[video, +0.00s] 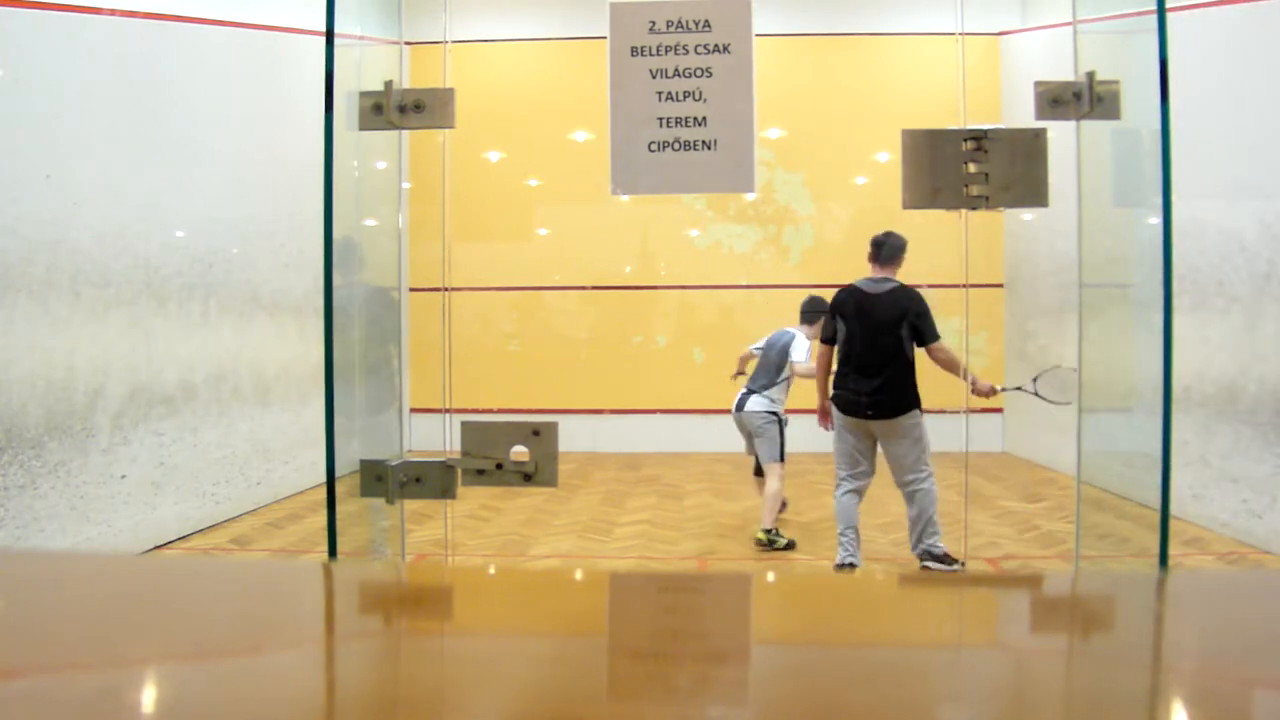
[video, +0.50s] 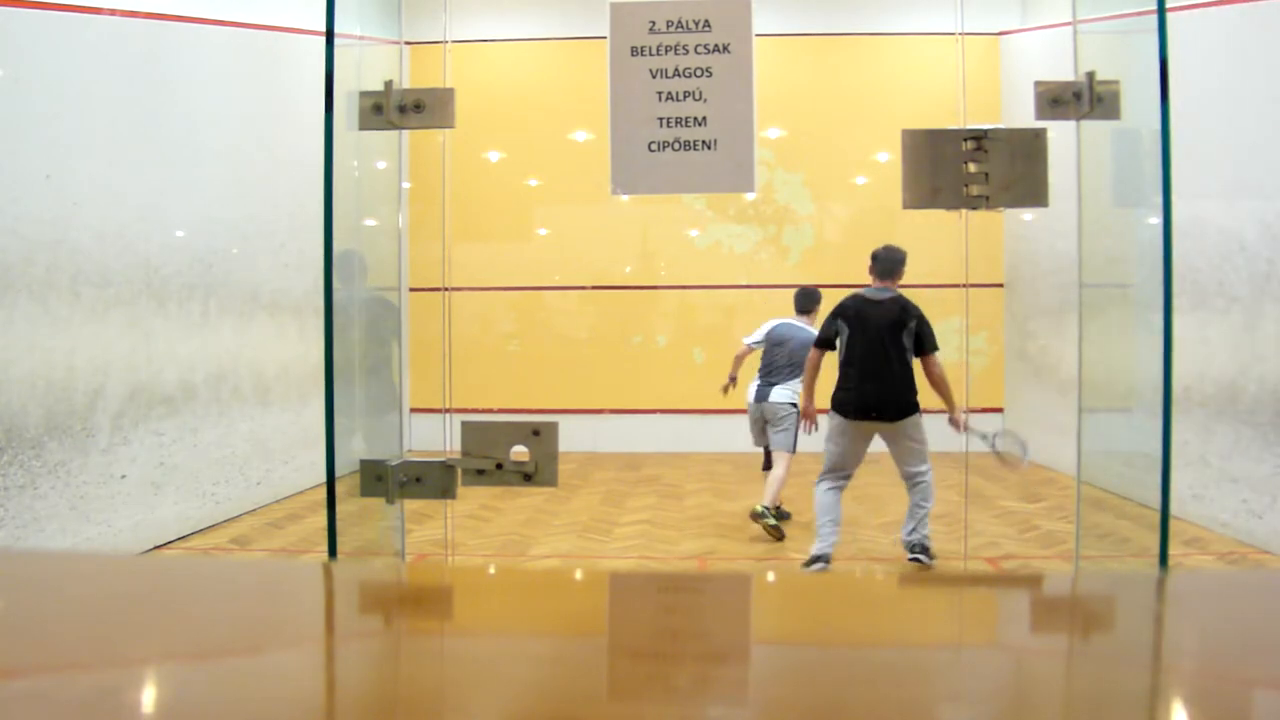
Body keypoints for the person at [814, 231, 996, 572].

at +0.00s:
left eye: (870, 257)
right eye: (900, 260)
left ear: (869, 258)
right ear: (900, 261)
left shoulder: (844, 298)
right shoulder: (909, 299)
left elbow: (824, 354)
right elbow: (937, 351)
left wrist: (822, 399)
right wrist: (973, 381)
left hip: (849, 405)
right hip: (896, 406)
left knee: (849, 481)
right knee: (916, 479)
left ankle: (846, 555)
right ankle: (930, 549)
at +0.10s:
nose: (899, 264)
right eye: (900, 260)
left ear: (868, 257)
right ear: (898, 261)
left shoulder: (842, 298)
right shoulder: (906, 299)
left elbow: (821, 350)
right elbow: (934, 351)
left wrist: (817, 396)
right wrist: (970, 379)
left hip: (849, 405)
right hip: (895, 407)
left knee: (847, 482)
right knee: (916, 476)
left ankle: (846, 553)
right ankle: (920, 546)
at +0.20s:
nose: (901, 269)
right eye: (903, 264)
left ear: (870, 262)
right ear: (901, 266)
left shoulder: (844, 301)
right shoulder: (907, 304)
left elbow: (820, 353)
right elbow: (934, 357)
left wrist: (814, 399)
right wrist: (970, 384)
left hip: (850, 409)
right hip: (896, 410)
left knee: (848, 483)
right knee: (913, 479)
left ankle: (847, 551)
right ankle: (909, 545)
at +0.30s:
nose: (904, 272)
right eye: (906, 269)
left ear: (872, 266)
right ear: (904, 271)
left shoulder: (847, 305)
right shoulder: (911, 310)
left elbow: (820, 358)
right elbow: (936, 363)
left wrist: (813, 403)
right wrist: (969, 393)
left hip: (852, 412)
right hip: (898, 413)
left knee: (847, 484)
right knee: (909, 486)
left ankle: (847, 552)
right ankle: (906, 550)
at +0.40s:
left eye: (876, 262)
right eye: (903, 266)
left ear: (872, 264)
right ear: (903, 268)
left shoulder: (847, 301)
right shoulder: (911, 306)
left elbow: (820, 350)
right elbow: (935, 362)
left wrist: (815, 396)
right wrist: (960, 397)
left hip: (852, 406)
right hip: (899, 408)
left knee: (841, 477)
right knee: (911, 480)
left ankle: (843, 547)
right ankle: (911, 547)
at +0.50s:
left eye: (870, 269)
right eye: (898, 273)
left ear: (870, 271)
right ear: (901, 275)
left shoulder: (847, 306)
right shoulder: (910, 312)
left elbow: (816, 353)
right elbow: (932, 368)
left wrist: (808, 400)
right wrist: (953, 408)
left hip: (851, 408)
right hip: (899, 409)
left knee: (832, 479)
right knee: (918, 475)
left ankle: (822, 551)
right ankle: (917, 541)